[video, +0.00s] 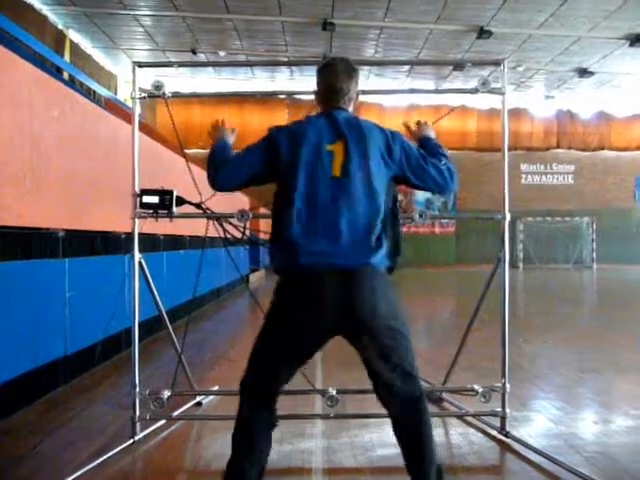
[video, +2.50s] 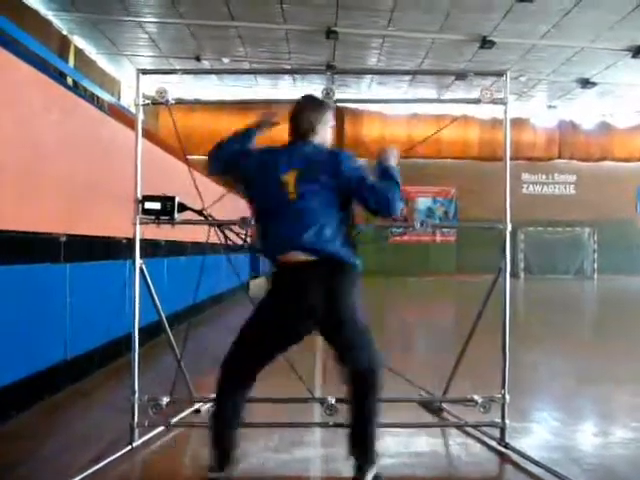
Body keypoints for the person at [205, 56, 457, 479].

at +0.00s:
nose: (338, 97)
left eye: (322, 90)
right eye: (350, 91)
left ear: (316, 94)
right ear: (356, 95)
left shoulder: (289, 139)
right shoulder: (381, 140)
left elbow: (223, 177)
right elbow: (443, 181)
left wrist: (222, 143)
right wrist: (427, 141)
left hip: (303, 290)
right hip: (367, 289)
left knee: (258, 390)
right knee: (404, 393)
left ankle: (243, 476)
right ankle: (428, 475)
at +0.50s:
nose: (326, 102)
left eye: (316, 96)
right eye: (345, 97)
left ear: (310, 102)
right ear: (350, 103)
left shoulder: (282, 152)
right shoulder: (375, 152)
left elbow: (222, 196)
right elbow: (437, 189)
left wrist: (218, 157)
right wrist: (416, 142)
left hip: (299, 304)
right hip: (361, 304)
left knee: (262, 398)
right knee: (404, 403)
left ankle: (251, 477)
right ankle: (429, 475)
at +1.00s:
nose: (276, 119)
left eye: (264, 114)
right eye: (276, 115)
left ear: (241, 121)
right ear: (276, 122)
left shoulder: (222, 159)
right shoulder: (296, 166)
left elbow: (190, 141)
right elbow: (343, 221)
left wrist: (165, 110)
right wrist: (374, 202)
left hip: (254, 296)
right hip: (306, 294)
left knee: (196, 392)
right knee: (368, 389)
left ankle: (150, 471)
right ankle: (417, 471)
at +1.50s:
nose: (365, 110)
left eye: (361, 103)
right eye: (364, 104)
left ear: (325, 105)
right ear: (360, 106)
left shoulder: (293, 135)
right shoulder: (369, 145)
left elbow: (242, 116)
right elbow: (436, 175)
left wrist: (257, 81)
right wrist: (438, 148)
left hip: (298, 278)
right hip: (351, 279)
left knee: (264, 373)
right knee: (415, 358)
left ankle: (235, 469)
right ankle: (423, 448)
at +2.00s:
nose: (333, 118)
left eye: (331, 112)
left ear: (331, 116)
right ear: (365, 115)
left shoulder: (314, 154)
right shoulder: (386, 148)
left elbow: (249, 167)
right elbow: (416, 115)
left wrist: (256, 126)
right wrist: (371, 96)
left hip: (314, 278)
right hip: (363, 279)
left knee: (263, 356)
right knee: (413, 368)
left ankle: (254, 464)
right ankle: (431, 464)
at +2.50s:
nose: (333, 131)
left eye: (331, 126)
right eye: (331, 126)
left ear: (291, 127)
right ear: (325, 128)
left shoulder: (263, 163)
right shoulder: (336, 163)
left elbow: (219, 159)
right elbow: (388, 204)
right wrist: (388, 168)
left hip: (289, 286)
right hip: (335, 284)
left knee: (237, 368)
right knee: (365, 366)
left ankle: (222, 462)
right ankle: (365, 466)